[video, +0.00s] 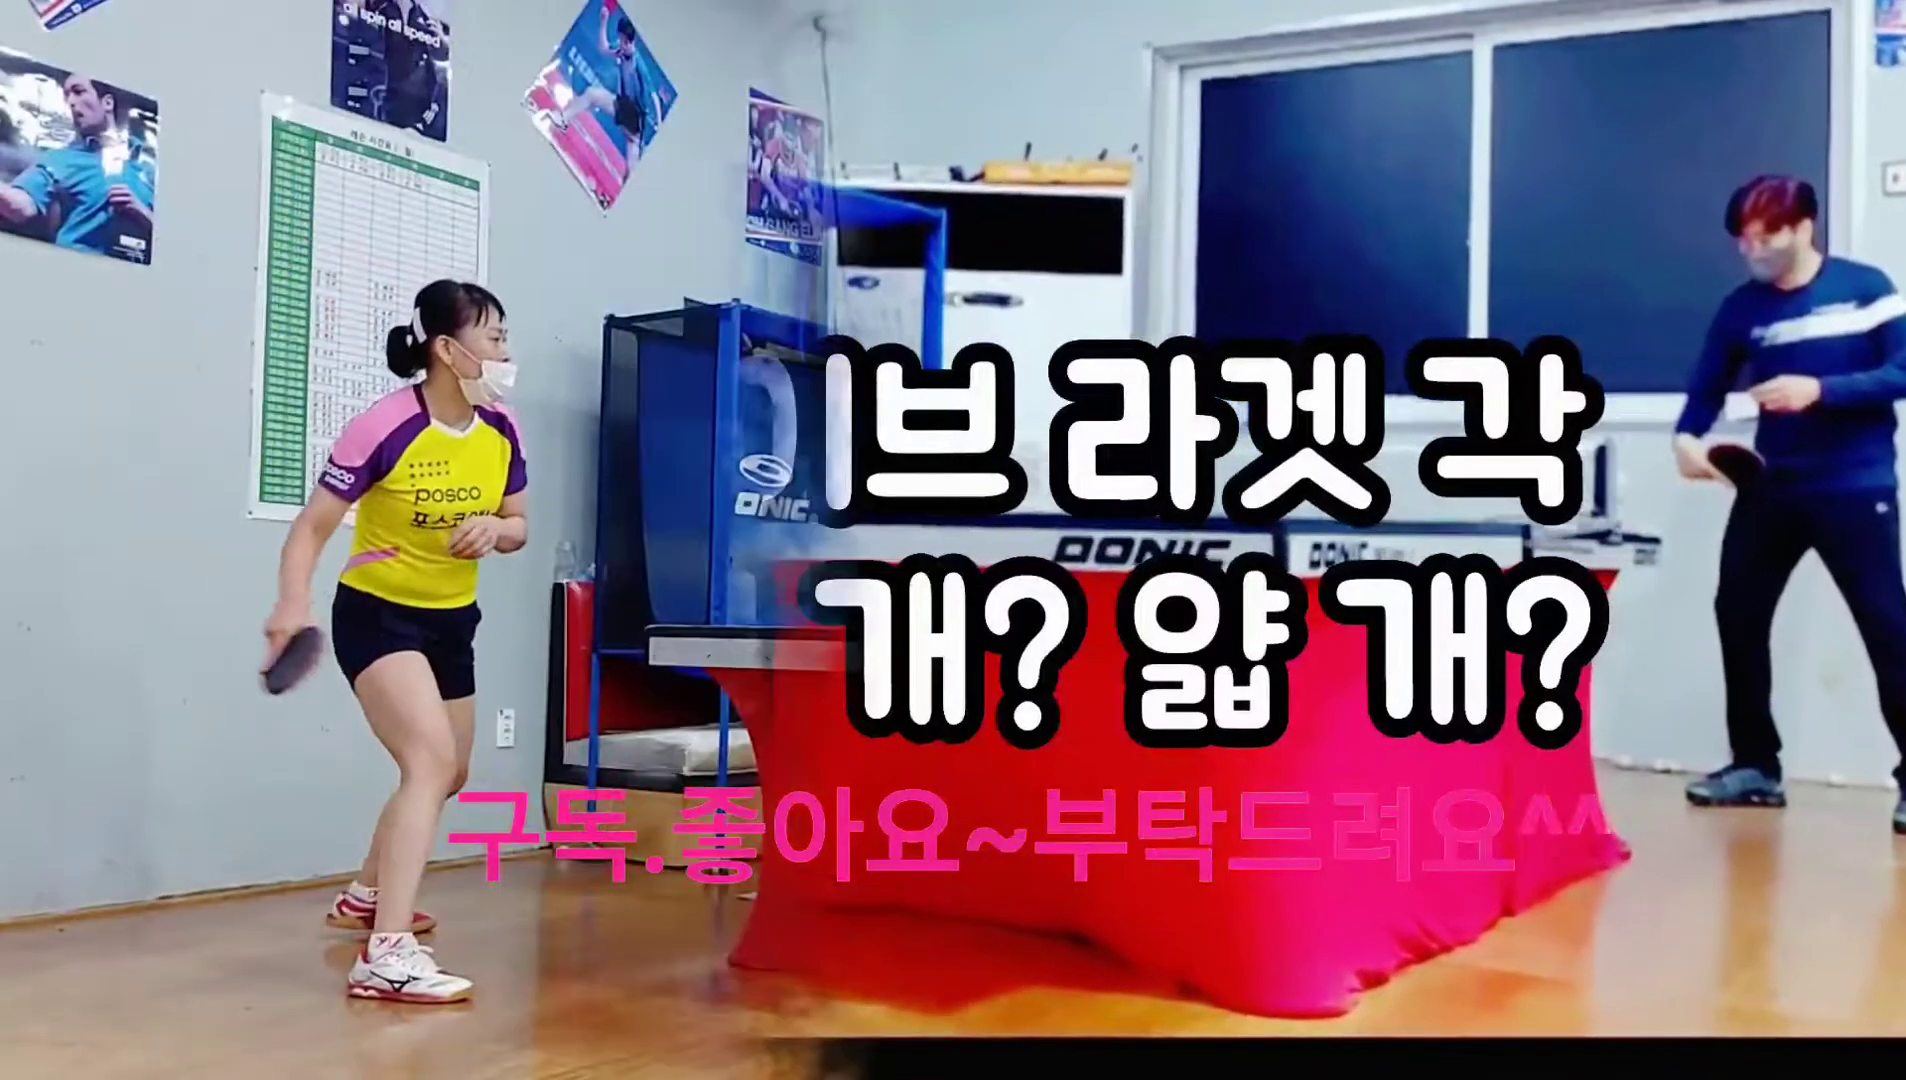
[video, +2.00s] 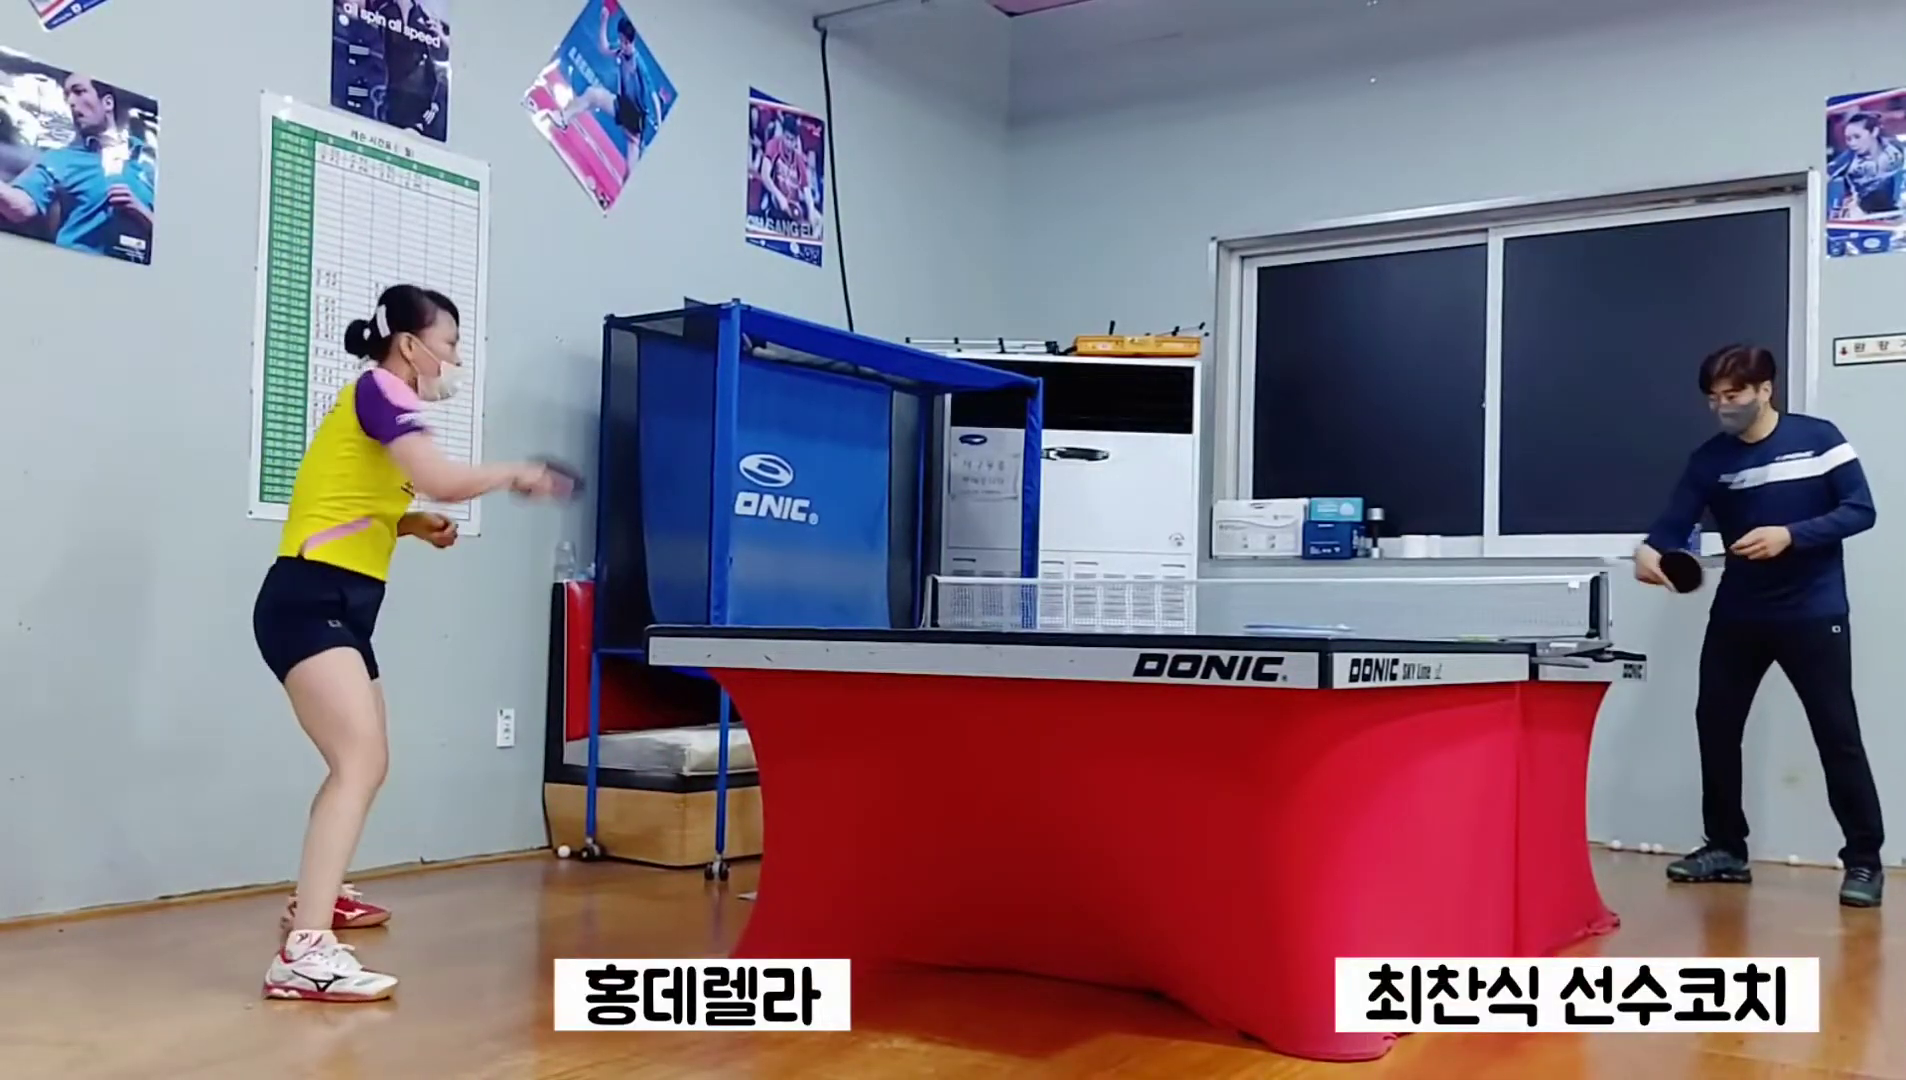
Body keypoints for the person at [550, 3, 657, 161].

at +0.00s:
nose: (621, 42)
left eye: (624, 39)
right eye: (621, 38)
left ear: (628, 40)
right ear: (621, 38)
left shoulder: (630, 56)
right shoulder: (622, 53)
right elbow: (603, 49)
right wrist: (604, 22)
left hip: (626, 107)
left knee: (593, 94)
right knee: (630, 166)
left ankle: (563, 118)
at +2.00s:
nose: (622, 43)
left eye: (624, 40)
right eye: (621, 39)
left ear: (629, 41)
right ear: (620, 38)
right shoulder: (621, 53)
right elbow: (604, 50)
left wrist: (629, 54)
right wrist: (603, 23)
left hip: (628, 108)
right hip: (636, 115)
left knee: (593, 94)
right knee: (632, 161)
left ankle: (563, 117)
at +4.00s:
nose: (622, 43)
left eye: (624, 40)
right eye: (621, 39)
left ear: (629, 41)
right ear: (620, 38)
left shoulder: (633, 57)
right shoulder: (621, 53)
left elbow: (631, 55)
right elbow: (603, 50)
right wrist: (603, 23)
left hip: (629, 109)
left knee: (592, 94)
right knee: (633, 146)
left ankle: (563, 118)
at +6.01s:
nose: (622, 42)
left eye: (624, 39)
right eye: (621, 39)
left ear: (628, 40)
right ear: (622, 39)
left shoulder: (631, 56)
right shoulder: (622, 53)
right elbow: (603, 49)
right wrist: (604, 22)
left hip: (628, 109)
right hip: (636, 116)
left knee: (593, 95)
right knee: (632, 161)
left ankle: (564, 118)